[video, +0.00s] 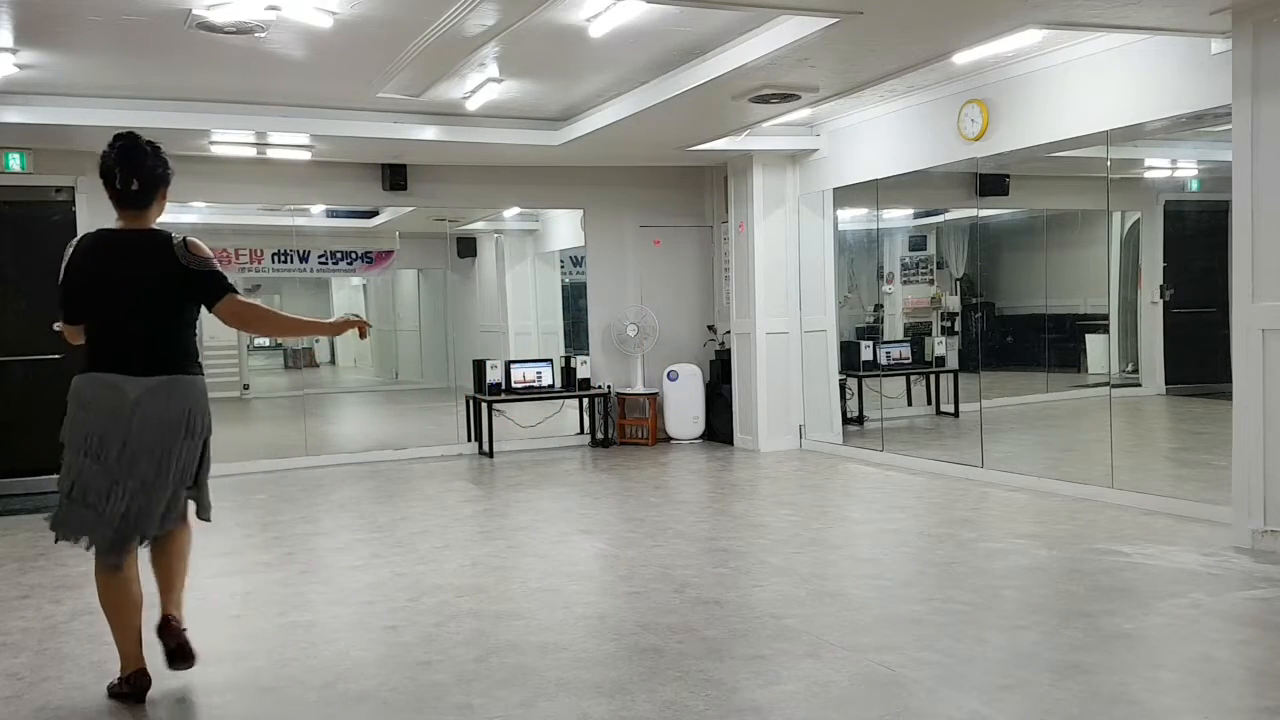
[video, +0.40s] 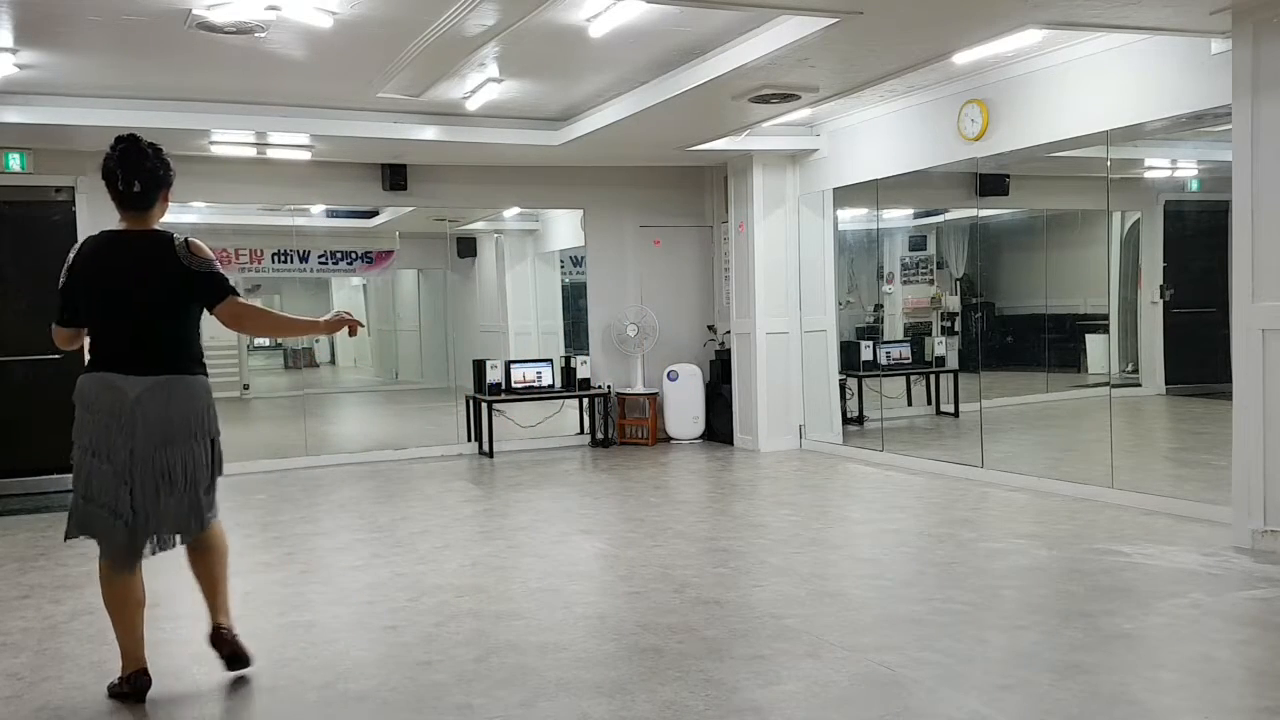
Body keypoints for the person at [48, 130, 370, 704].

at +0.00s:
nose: (163, 195)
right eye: (164, 187)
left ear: (107, 191)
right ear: (163, 192)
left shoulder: (83, 253)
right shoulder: (182, 255)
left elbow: (72, 334)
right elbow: (243, 316)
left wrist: (111, 322)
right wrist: (330, 327)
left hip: (101, 396)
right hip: (176, 396)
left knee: (111, 536)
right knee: (173, 511)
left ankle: (132, 670)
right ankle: (172, 615)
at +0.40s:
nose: (163, 197)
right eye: (166, 189)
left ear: (111, 194)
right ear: (167, 194)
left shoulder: (87, 255)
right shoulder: (185, 256)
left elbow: (64, 338)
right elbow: (238, 315)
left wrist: (92, 328)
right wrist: (321, 325)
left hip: (106, 399)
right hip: (181, 397)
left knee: (117, 536)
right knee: (199, 514)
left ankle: (134, 670)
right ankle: (222, 621)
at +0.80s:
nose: (196, 193)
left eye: (180, 185)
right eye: (215, 183)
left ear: (167, 191)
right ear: (222, 190)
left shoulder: (148, 252)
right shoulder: (250, 253)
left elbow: (107, 327)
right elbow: (314, 315)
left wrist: (69, 314)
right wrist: (359, 316)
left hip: (171, 401)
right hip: (246, 399)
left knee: (155, 528)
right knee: (267, 519)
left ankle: (136, 661)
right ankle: (285, 643)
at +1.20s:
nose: (230, 196)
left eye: (229, 188)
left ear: (230, 194)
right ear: (284, 193)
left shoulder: (217, 253)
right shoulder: (307, 252)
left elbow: (180, 324)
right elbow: (361, 312)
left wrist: (117, 317)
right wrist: (393, 347)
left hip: (239, 395)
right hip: (310, 394)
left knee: (211, 528)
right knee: (304, 522)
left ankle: (196, 655)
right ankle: (288, 645)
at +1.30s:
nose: (254, 196)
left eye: (247, 188)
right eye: (290, 187)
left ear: (243, 194)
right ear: (298, 194)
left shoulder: (229, 252)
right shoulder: (317, 254)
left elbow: (187, 324)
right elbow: (376, 320)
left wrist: (128, 308)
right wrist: (424, 366)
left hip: (252, 398)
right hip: (319, 396)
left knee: (241, 529)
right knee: (307, 524)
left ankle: (273, 645)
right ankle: (289, 643)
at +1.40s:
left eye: (264, 189)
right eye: (303, 190)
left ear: (257, 194)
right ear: (311, 196)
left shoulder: (239, 251)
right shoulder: (329, 256)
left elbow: (192, 323)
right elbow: (386, 320)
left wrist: (141, 296)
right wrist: (445, 372)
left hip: (267, 392)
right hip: (331, 389)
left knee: (277, 517)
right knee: (313, 514)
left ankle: (338, 636)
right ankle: (289, 641)